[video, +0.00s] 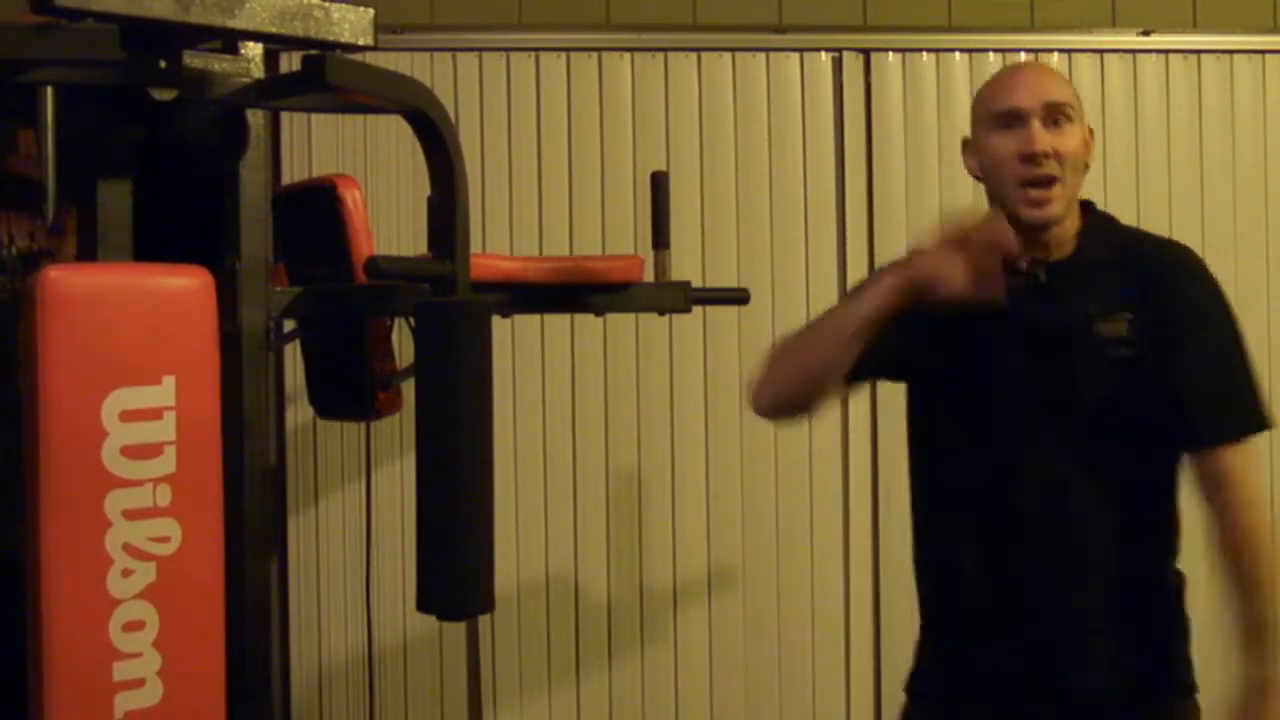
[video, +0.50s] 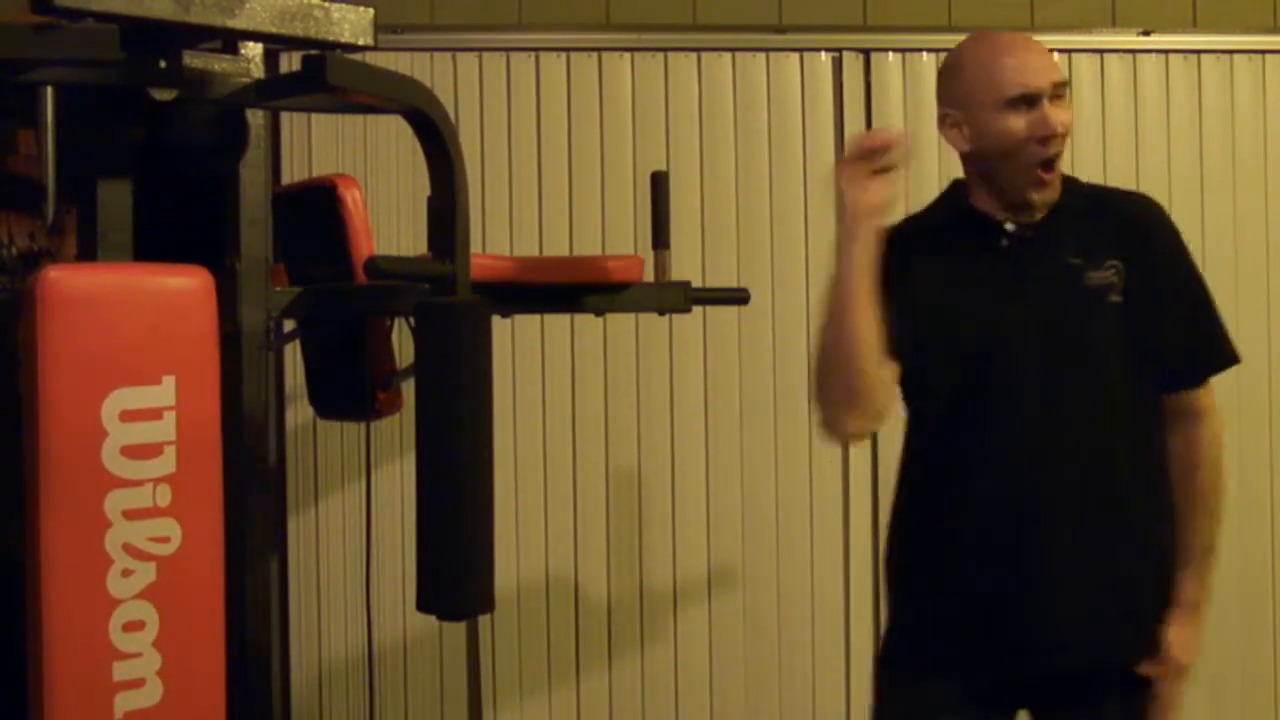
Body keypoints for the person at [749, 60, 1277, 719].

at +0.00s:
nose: (1037, 144)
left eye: (1056, 121)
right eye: (1009, 124)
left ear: (1087, 145)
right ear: (973, 157)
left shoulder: (1162, 278)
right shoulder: (933, 289)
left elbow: (1229, 487)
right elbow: (772, 395)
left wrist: (1262, 672)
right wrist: (905, 277)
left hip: (1128, 667)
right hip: (968, 670)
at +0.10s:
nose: (1057, 145)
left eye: (1075, 118)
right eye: (1029, 124)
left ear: (1103, 132)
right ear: (988, 150)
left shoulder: (1179, 271)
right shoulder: (934, 287)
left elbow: (1262, 454)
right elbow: (844, 447)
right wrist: (838, 282)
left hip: (1134, 663)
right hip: (975, 661)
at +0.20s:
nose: (1089, 139)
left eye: (1098, 113)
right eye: (1059, 119)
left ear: (1115, 116)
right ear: (998, 137)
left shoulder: (1177, 249)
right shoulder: (940, 274)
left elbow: (1255, 430)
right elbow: (859, 468)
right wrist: (880, 342)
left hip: (1140, 643)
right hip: (979, 645)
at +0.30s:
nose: (1078, 135)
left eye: (1085, 108)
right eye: (1047, 116)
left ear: (1100, 112)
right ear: (984, 136)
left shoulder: (1159, 235)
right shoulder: (923, 271)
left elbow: (1227, 424)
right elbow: (878, 445)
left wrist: (1273, 607)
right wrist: (941, 275)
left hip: (1136, 640)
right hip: (975, 644)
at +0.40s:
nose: (1066, 130)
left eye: (1072, 103)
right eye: (1035, 112)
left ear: (1085, 107)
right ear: (970, 134)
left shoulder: (1145, 233)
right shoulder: (914, 263)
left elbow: (1206, 426)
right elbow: (873, 415)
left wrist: (1234, 618)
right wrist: (922, 234)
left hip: (1127, 633)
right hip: (965, 637)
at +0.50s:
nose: (1053, 124)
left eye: (1057, 97)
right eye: (1021, 105)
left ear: (1069, 101)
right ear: (957, 130)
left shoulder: (1132, 230)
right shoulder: (908, 252)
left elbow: (1189, 418)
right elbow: (850, 415)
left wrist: (1186, 603)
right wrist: (857, 230)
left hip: (1107, 626)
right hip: (948, 628)